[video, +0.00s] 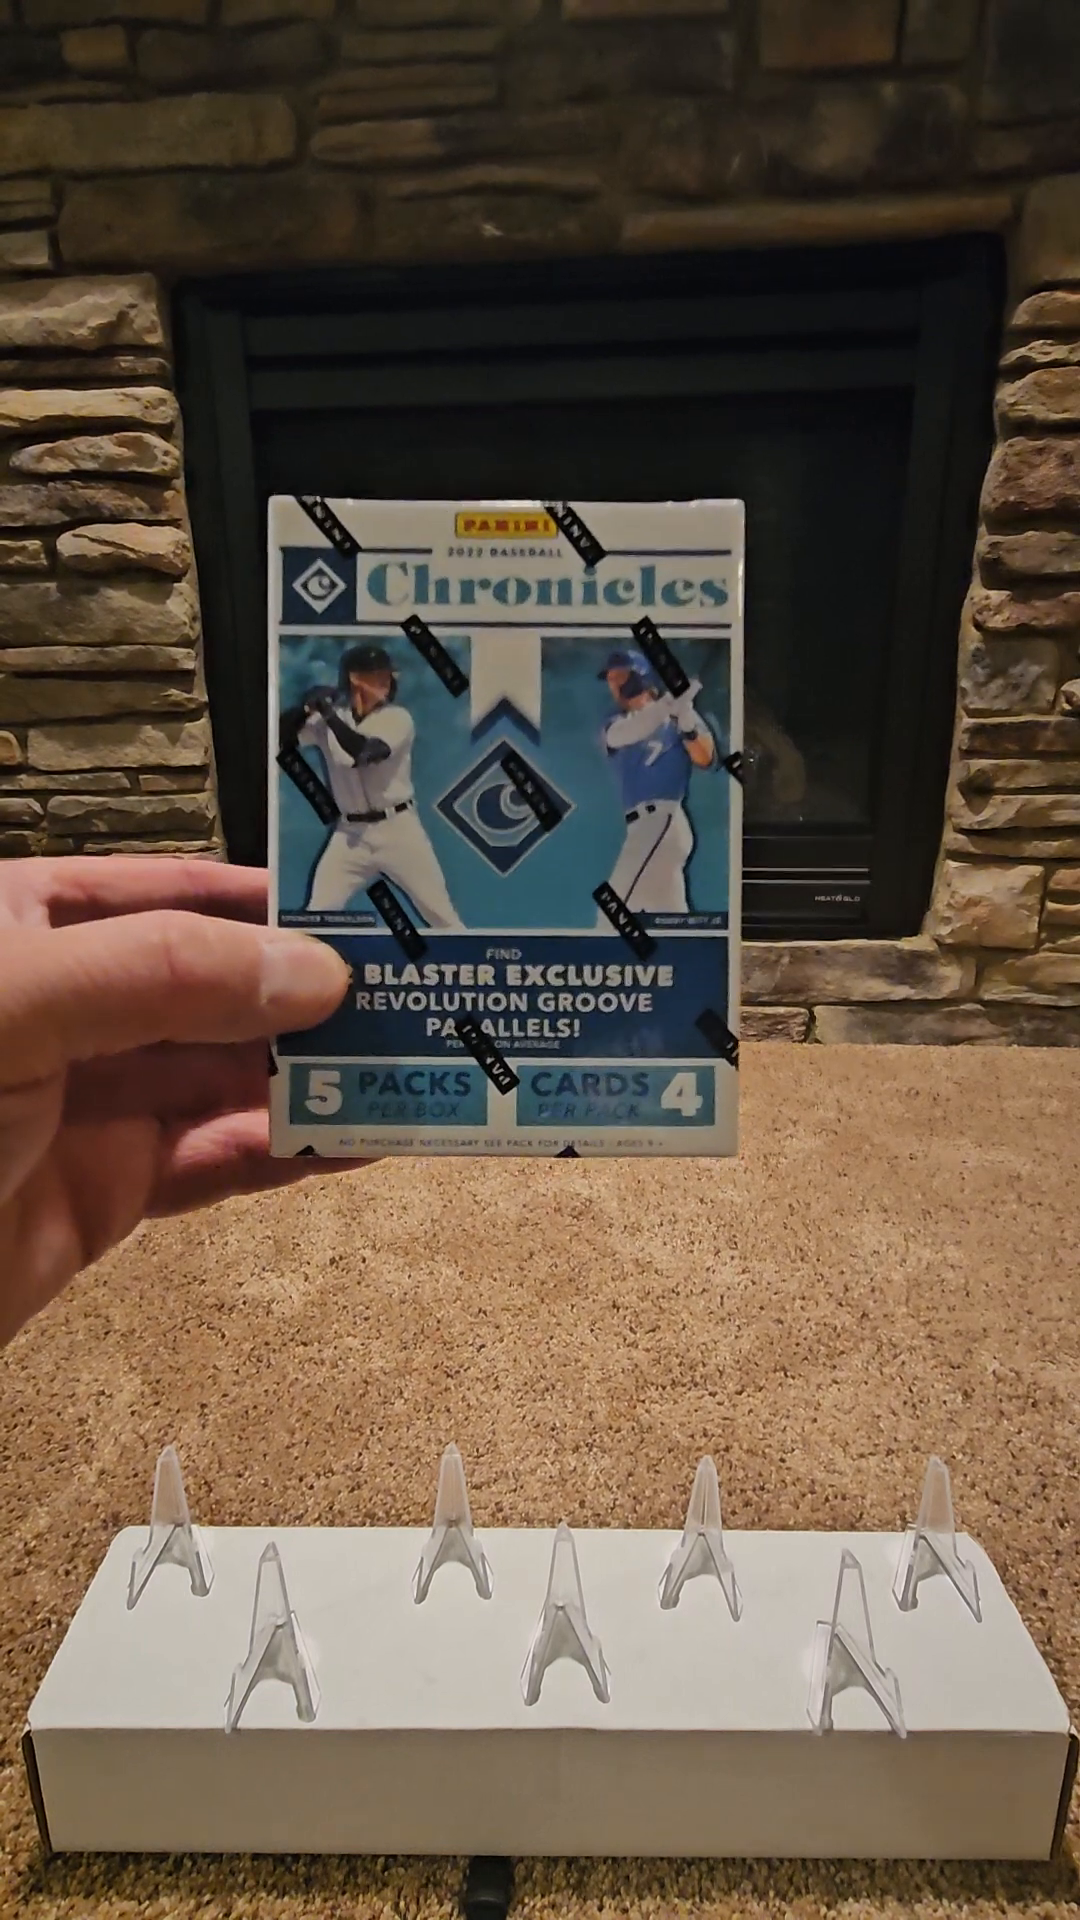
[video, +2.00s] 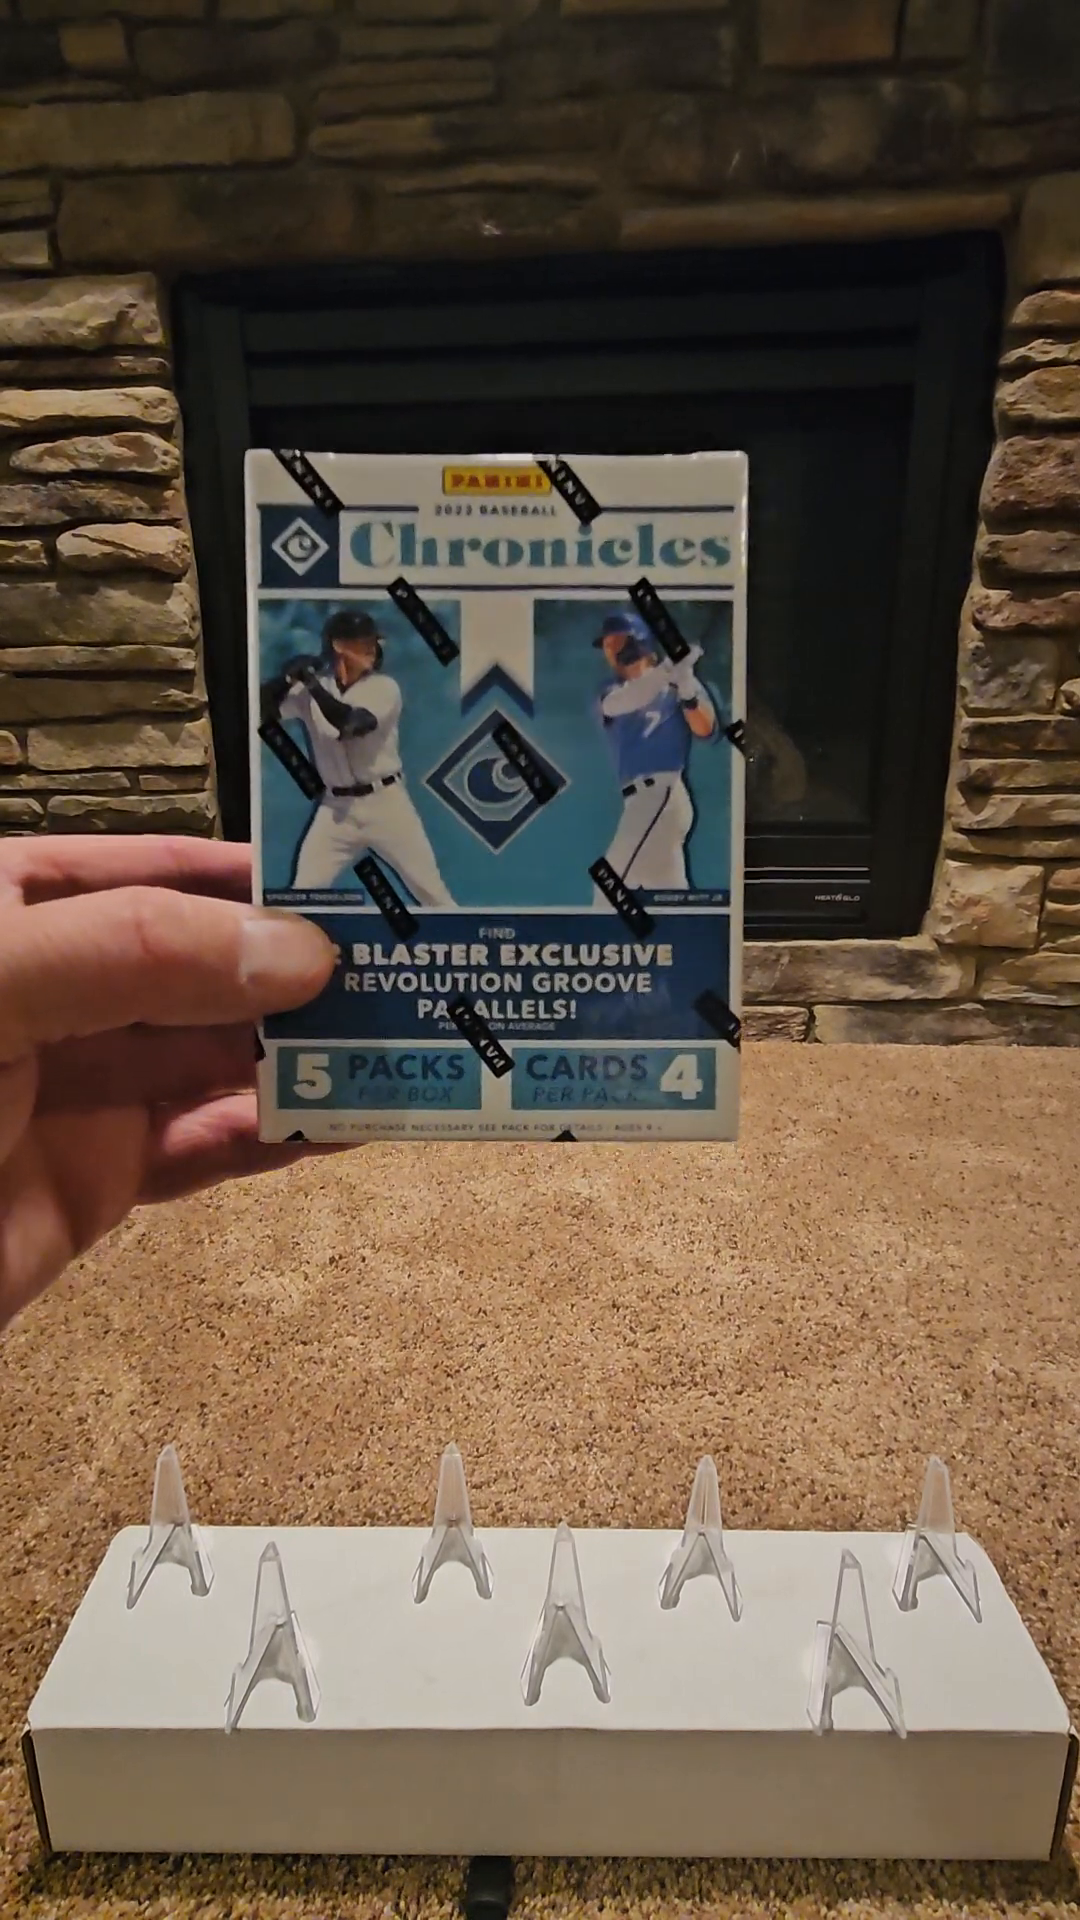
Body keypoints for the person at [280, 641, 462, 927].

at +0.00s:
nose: (387, 679)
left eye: (388, 673)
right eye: (379, 673)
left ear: (391, 678)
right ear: (355, 679)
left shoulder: (397, 718)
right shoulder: (326, 722)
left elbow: (364, 753)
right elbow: (281, 735)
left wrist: (327, 714)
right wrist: (306, 708)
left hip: (399, 831)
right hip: (350, 835)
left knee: (441, 916)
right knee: (318, 917)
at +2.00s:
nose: (372, 647)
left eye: (373, 640)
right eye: (362, 641)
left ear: (377, 644)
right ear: (338, 647)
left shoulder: (384, 687)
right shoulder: (308, 694)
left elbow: (349, 725)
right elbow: (261, 712)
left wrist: (311, 683)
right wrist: (285, 681)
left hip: (387, 805)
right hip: (336, 810)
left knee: (432, 892)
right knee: (304, 897)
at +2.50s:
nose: (336, 601)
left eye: (337, 594)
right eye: (326, 594)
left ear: (340, 599)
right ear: (300, 601)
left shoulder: (349, 645)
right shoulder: (266, 650)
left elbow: (311, 686)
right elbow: (216, 669)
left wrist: (270, 641)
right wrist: (243, 635)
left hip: (352, 774)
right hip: (296, 779)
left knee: (400, 871)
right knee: (261, 875)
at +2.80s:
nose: (342, 551)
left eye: (343, 543)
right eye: (331, 543)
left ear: (348, 550)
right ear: (304, 551)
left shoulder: (356, 600)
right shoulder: (269, 606)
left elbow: (317, 643)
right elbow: (213, 622)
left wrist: (272, 595)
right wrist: (243, 591)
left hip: (361, 738)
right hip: (301, 744)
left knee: (413, 840)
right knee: (265, 848)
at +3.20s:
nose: (368, 501)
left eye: (370, 492)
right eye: (356, 492)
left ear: (377, 498)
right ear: (327, 499)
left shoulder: (385, 553)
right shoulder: (290, 559)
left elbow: (341, 602)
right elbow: (227, 583)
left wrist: (292, 548)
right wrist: (261, 543)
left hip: (389, 708)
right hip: (323, 714)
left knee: (446, 824)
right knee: (282, 829)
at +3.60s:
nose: (374, 549)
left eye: (379, 541)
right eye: (362, 540)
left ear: (387, 549)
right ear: (337, 547)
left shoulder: (396, 599)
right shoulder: (304, 604)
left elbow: (355, 646)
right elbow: (245, 631)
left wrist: (306, 595)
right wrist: (274, 589)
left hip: (399, 747)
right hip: (334, 753)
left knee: (454, 861)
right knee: (294, 864)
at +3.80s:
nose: (371, 597)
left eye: (372, 589)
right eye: (360, 589)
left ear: (376, 595)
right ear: (330, 596)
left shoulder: (383, 646)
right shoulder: (294, 652)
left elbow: (342, 691)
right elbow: (238, 673)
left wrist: (296, 640)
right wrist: (266, 634)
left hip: (386, 791)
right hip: (323, 796)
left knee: (439, 899)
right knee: (282, 903)